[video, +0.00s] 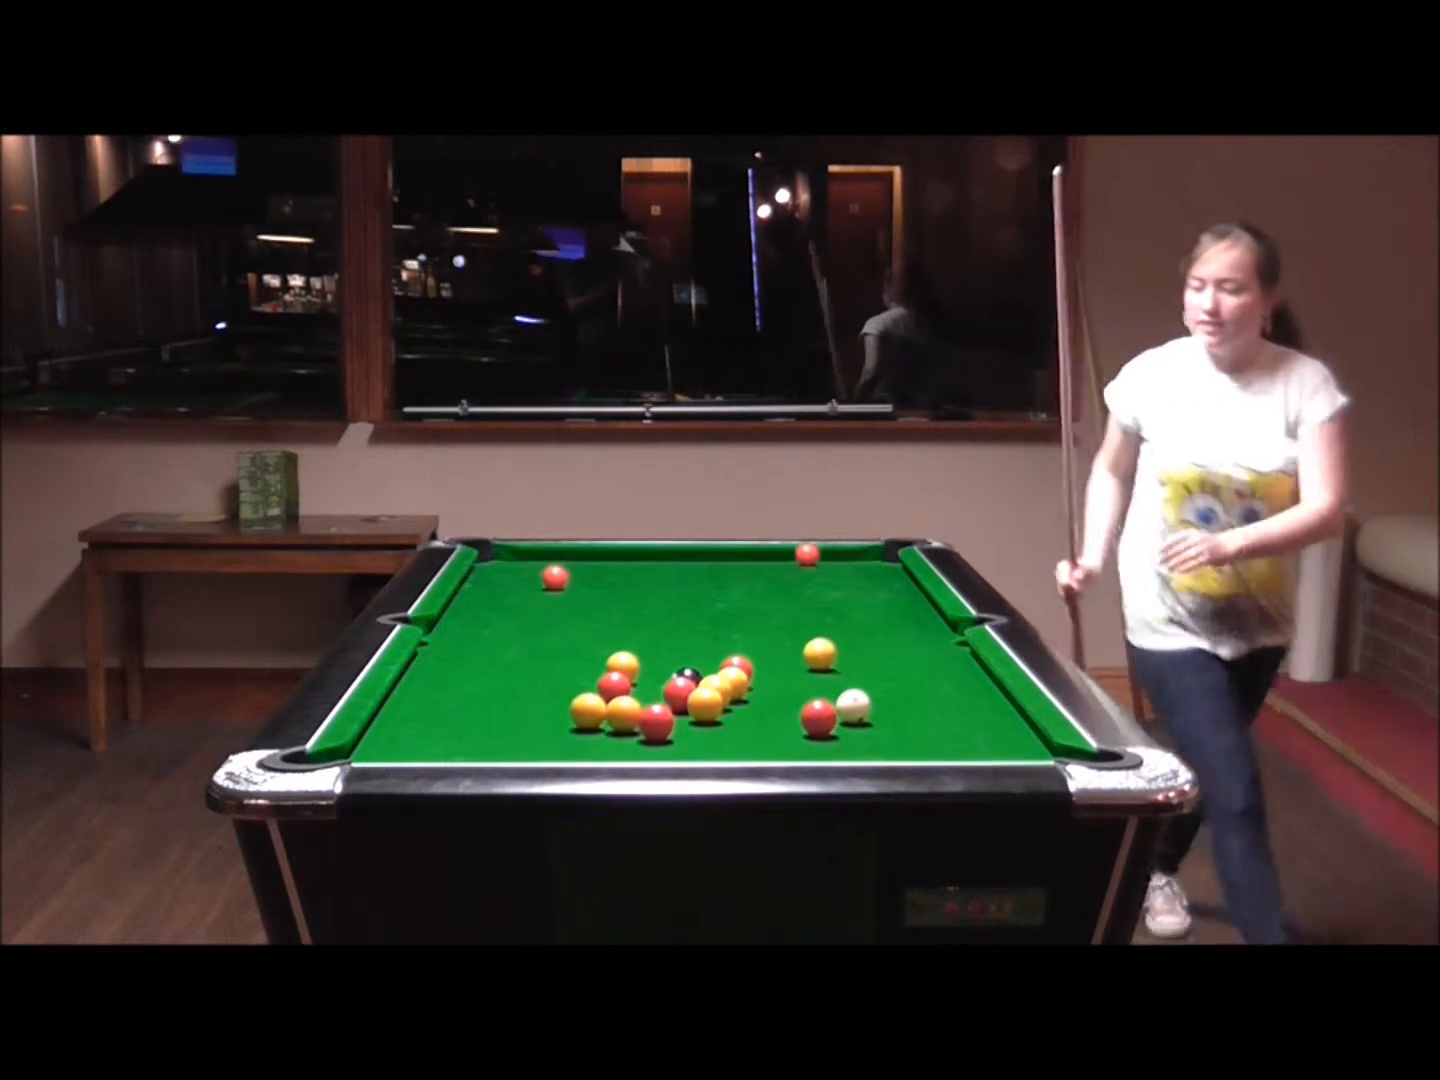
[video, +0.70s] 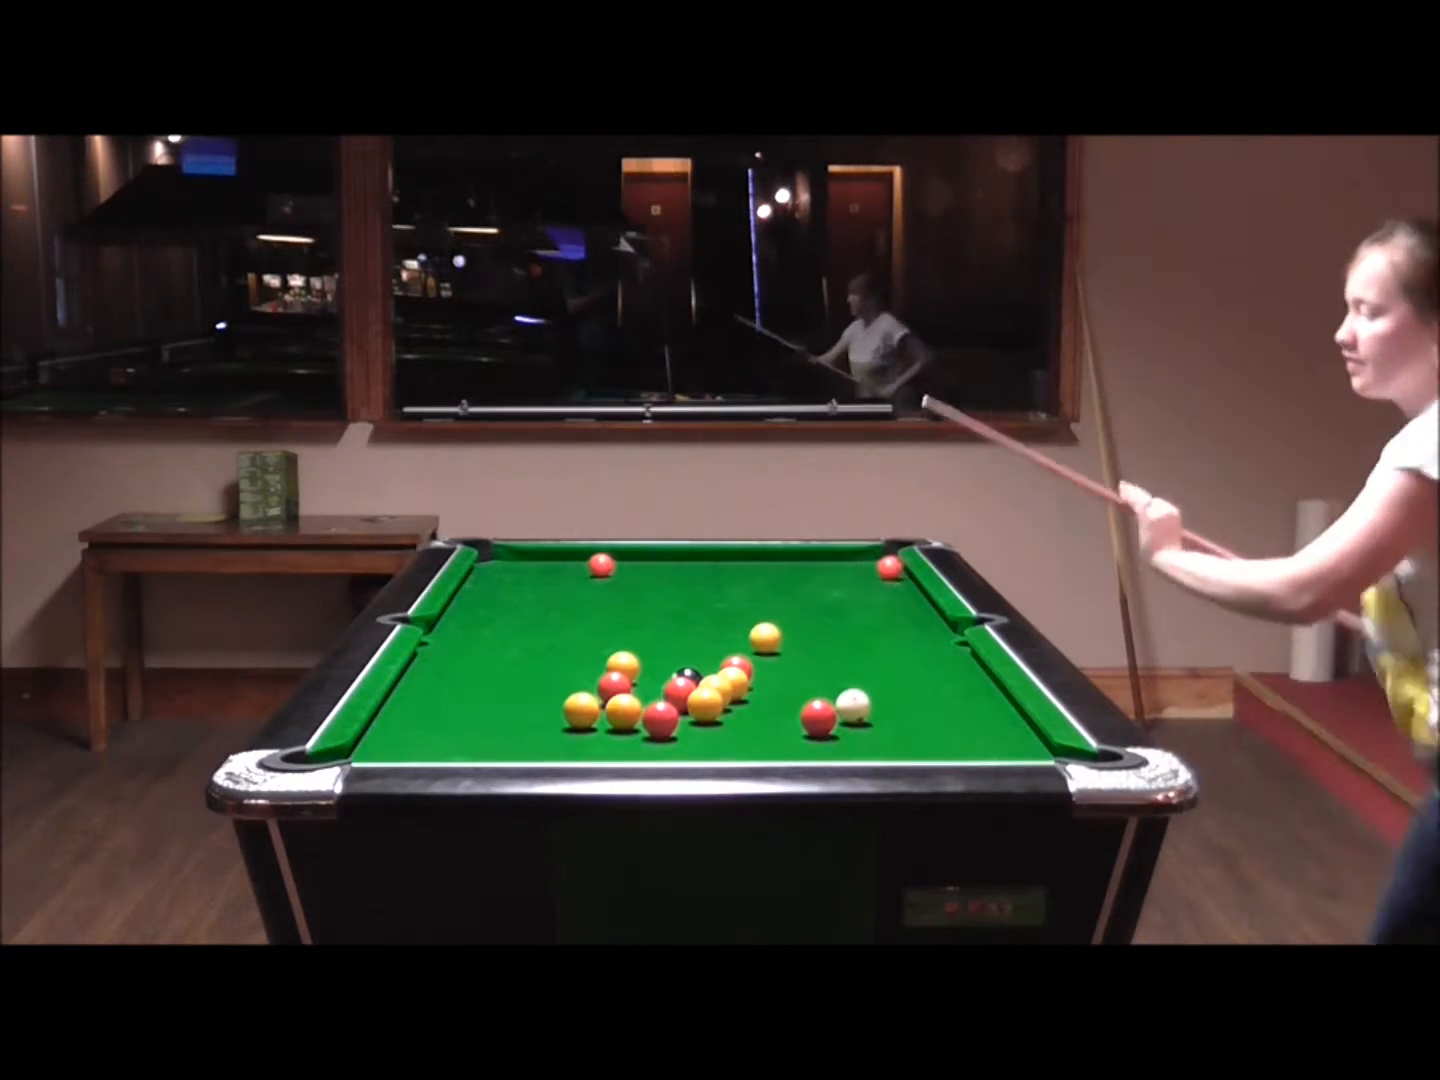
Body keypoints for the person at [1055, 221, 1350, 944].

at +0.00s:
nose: (1207, 303)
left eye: (1229, 288)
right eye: (1197, 285)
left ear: (1267, 303)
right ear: (1183, 291)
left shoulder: (1305, 383)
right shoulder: (1149, 376)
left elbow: (1328, 509)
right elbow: (1111, 469)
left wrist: (1226, 543)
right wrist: (1094, 556)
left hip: (1259, 628)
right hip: (1166, 622)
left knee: (1202, 771)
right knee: (1236, 793)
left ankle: (1157, 869)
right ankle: (1266, 936)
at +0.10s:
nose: (1219, 309)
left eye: (1241, 294)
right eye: (1209, 291)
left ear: (1286, 309)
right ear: (1197, 297)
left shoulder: (1329, 390)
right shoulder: (1169, 391)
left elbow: (1343, 518)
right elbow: (1136, 491)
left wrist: (1229, 541)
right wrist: (1113, 581)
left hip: (1294, 645)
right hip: (1199, 641)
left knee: (1238, 790)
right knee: (1271, 816)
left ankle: (1170, 870)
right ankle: (1286, 940)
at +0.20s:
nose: (1244, 303)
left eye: (1266, 287)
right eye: (1235, 286)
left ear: (1320, 301)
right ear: (1225, 295)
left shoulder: (1369, 391)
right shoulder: (1206, 393)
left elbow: (1363, 536)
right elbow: (1183, 503)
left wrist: (1226, 534)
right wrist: (1158, 595)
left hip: (1344, 666)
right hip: (1235, 664)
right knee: (1299, 848)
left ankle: (1268, 865)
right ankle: (1290, 932)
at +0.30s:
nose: (1264, 294)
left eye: (1286, 276)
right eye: (1257, 276)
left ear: (1347, 292)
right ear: (1248, 285)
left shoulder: (1391, 387)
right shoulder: (1232, 384)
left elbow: (1364, 536)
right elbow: (1229, 508)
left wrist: (1212, 520)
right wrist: (1195, 588)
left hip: (1371, 667)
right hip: (1250, 667)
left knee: (1381, 869)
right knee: (1300, 860)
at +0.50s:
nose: (1305, 297)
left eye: (1330, 277)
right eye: (1303, 276)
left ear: (1399, 294)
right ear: (1299, 282)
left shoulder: (1426, 392)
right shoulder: (1310, 386)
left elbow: (1329, 542)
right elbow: (1309, 529)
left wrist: (1177, 508)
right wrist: (1281, 594)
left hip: (1422, 707)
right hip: (1323, 703)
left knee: (1420, 922)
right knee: (1334, 915)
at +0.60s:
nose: (1329, 317)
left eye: (1355, 296)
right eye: (1332, 295)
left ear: (1427, 314)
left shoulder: (1429, 420)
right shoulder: (1385, 406)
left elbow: (1309, 567)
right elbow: (1324, 550)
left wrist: (1166, 529)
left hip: (1431, 757)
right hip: (1396, 747)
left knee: (1390, 927)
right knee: (1369, 929)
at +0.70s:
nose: (1344, 334)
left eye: (1370, 311)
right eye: (1348, 311)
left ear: (1435, 325)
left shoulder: (1428, 442)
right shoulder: (1422, 443)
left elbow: (1300, 591)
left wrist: (1167, 553)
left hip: (1439, 791)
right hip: (1437, 784)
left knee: (1401, 929)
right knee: (1401, 927)